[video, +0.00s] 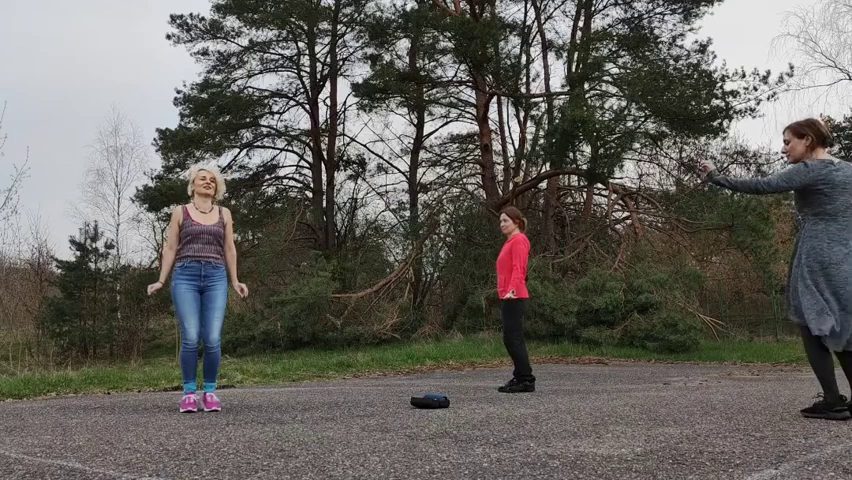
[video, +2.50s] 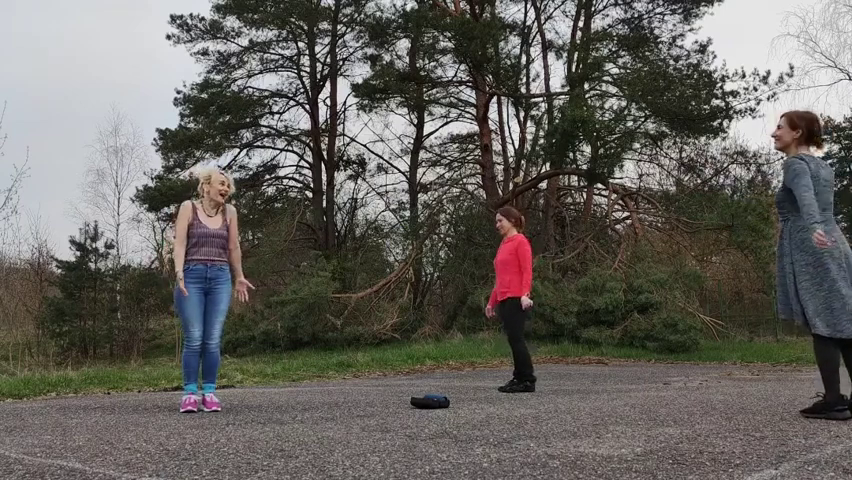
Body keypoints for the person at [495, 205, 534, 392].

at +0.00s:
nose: (502, 224)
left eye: (505, 221)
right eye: (501, 222)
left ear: (517, 222)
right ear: (502, 224)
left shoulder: (519, 240)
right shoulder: (511, 241)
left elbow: (519, 267)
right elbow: (511, 267)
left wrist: (512, 288)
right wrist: (505, 288)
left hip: (515, 297)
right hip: (508, 297)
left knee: (513, 338)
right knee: (510, 337)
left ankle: (525, 379)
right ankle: (520, 377)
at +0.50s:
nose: (506, 223)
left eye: (510, 219)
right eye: (505, 220)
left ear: (520, 221)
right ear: (504, 224)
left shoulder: (525, 241)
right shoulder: (510, 244)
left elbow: (529, 266)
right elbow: (507, 279)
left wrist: (529, 288)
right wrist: (499, 302)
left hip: (521, 296)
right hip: (509, 297)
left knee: (524, 337)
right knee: (508, 338)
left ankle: (528, 380)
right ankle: (518, 377)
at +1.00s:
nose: (509, 227)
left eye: (512, 224)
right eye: (507, 225)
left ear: (522, 223)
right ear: (505, 227)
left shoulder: (530, 245)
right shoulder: (505, 247)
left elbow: (537, 270)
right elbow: (499, 278)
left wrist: (541, 294)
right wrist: (488, 301)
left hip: (524, 296)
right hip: (506, 298)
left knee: (526, 337)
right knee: (505, 339)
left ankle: (529, 380)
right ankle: (518, 377)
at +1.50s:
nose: (502, 232)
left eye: (503, 227)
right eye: (499, 229)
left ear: (514, 224)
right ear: (503, 228)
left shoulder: (524, 241)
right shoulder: (511, 244)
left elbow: (526, 267)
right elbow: (508, 273)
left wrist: (523, 290)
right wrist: (503, 299)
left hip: (518, 297)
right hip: (508, 298)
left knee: (514, 337)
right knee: (511, 337)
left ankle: (525, 379)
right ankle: (520, 377)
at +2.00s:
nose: (499, 232)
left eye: (500, 228)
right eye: (497, 229)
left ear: (511, 224)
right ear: (506, 226)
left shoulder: (522, 241)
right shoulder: (511, 243)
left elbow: (523, 268)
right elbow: (510, 269)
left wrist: (517, 292)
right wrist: (505, 292)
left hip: (515, 298)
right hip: (506, 297)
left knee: (514, 339)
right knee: (512, 339)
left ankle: (525, 379)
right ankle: (520, 377)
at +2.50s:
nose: (497, 225)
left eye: (500, 221)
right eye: (496, 222)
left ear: (512, 221)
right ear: (500, 223)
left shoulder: (521, 241)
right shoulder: (504, 244)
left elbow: (527, 269)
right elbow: (501, 277)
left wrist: (525, 293)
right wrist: (491, 302)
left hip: (515, 297)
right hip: (504, 298)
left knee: (516, 340)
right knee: (514, 340)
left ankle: (526, 379)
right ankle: (519, 377)